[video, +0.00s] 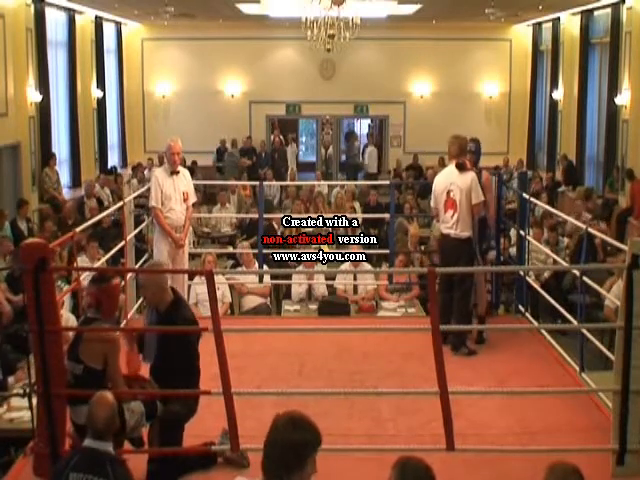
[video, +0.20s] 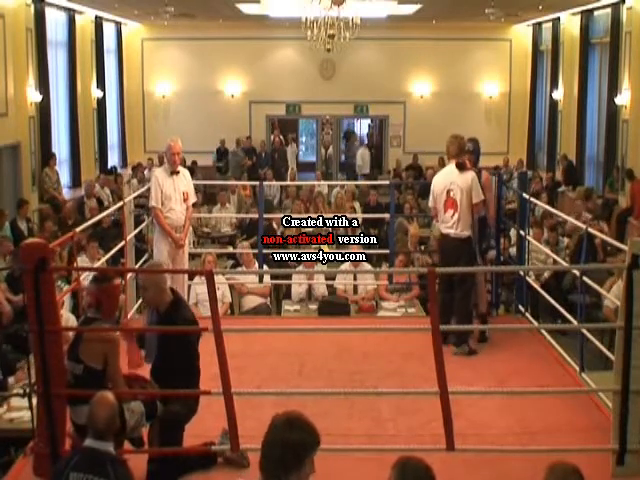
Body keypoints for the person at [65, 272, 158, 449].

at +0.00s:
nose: (121, 299)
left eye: (120, 293)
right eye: (117, 294)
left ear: (95, 298)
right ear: (103, 298)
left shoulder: (83, 325)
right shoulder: (109, 335)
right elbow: (119, 391)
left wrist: (131, 385)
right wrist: (140, 395)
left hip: (76, 412)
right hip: (95, 416)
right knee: (152, 405)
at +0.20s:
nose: (119, 301)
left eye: (119, 295)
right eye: (116, 295)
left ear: (96, 298)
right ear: (103, 298)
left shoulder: (84, 325)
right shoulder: (109, 335)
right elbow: (118, 390)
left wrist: (130, 385)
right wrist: (139, 396)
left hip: (76, 410)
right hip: (95, 414)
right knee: (153, 406)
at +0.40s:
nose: (120, 304)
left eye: (120, 298)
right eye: (117, 298)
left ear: (93, 299)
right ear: (105, 300)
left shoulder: (83, 327)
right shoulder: (106, 338)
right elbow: (117, 390)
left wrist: (129, 383)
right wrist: (139, 394)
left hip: (76, 410)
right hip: (93, 415)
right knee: (152, 405)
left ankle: (133, 429)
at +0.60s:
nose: (120, 304)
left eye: (120, 298)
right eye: (117, 298)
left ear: (94, 300)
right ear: (105, 300)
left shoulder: (83, 328)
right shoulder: (105, 339)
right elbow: (116, 389)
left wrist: (130, 384)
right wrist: (140, 395)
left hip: (76, 410)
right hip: (94, 414)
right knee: (152, 406)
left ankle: (133, 430)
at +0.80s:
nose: (120, 305)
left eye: (120, 299)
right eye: (117, 299)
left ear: (95, 300)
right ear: (103, 301)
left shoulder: (83, 328)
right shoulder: (105, 339)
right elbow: (117, 390)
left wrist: (129, 384)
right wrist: (141, 395)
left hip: (77, 410)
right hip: (94, 415)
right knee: (152, 406)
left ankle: (133, 430)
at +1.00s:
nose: (120, 305)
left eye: (121, 299)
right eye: (117, 299)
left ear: (95, 300)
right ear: (103, 301)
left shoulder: (83, 328)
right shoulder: (105, 339)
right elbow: (117, 390)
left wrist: (131, 385)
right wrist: (143, 395)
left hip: (77, 411)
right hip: (93, 416)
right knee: (153, 406)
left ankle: (133, 430)